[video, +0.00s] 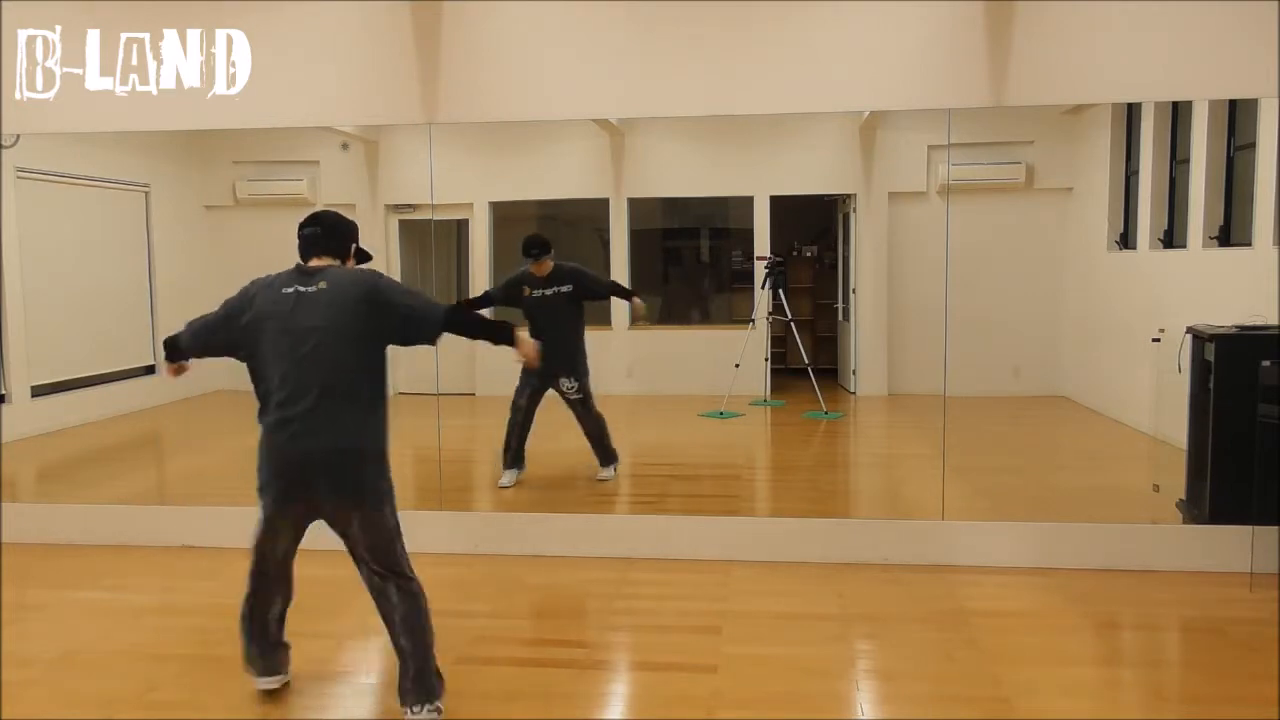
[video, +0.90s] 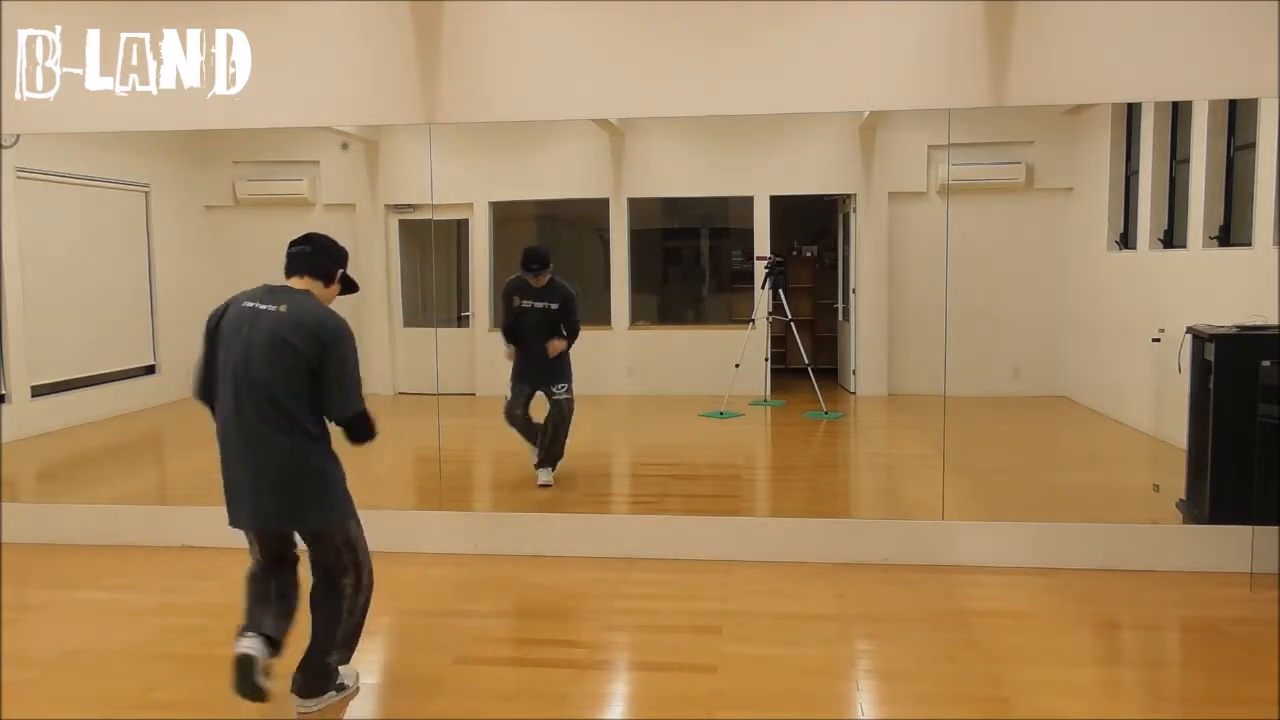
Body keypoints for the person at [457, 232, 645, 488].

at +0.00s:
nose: (537, 268)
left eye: (541, 262)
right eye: (532, 263)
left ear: (550, 255)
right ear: (526, 260)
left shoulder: (571, 275)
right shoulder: (521, 282)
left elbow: (605, 286)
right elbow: (490, 298)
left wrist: (633, 297)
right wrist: (459, 306)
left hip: (569, 358)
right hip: (537, 358)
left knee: (585, 412)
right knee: (520, 409)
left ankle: (608, 462)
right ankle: (512, 466)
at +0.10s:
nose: (544, 271)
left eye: (547, 266)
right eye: (539, 267)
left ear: (557, 261)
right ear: (533, 265)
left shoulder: (579, 281)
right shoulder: (530, 288)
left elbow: (609, 300)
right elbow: (505, 309)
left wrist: (638, 314)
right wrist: (473, 319)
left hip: (582, 359)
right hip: (551, 360)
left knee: (590, 414)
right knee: (533, 408)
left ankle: (610, 461)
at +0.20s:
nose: (551, 271)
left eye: (555, 265)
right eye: (546, 267)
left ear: (564, 260)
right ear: (540, 265)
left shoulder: (585, 283)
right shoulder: (538, 287)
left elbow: (611, 309)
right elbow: (526, 316)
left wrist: (622, 338)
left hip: (587, 357)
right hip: (556, 359)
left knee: (592, 411)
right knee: (555, 418)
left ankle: (609, 461)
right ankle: (576, 447)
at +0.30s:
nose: (554, 269)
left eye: (558, 264)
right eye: (550, 264)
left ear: (568, 259)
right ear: (544, 262)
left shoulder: (588, 283)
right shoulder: (540, 287)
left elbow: (601, 317)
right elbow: (539, 322)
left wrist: (587, 336)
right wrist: (545, 347)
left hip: (586, 359)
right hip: (557, 362)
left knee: (594, 413)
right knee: (567, 416)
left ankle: (606, 461)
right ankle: (583, 457)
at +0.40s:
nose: (560, 267)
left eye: (564, 262)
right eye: (555, 263)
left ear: (571, 256)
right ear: (547, 259)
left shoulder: (588, 276)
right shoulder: (538, 280)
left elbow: (592, 311)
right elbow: (537, 316)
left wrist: (568, 312)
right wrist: (554, 323)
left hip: (581, 347)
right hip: (554, 351)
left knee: (584, 402)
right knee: (563, 405)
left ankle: (579, 457)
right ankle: (580, 452)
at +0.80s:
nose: (546, 279)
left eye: (550, 274)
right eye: (541, 275)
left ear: (558, 268)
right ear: (534, 269)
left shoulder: (570, 285)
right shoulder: (523, 283)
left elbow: (571, 321)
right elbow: (524, 318)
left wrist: (549, 342)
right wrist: (533, 343)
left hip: (562, 354)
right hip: (534, 354)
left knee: (560, 412)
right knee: (537, 413)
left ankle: (546, 463)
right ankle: (568, 448)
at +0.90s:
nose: (536, 281)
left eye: (540, 277)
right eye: (531, 277)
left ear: (549, 270)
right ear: (524, 272)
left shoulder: (564, 293)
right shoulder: (513, 288)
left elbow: (573, 327)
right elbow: (507, 320)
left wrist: (565, 342)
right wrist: (511, 343)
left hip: (555, 360)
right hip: (525, 359)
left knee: (563, 409)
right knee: (514, 412)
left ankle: (547, 464)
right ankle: (541, 439)